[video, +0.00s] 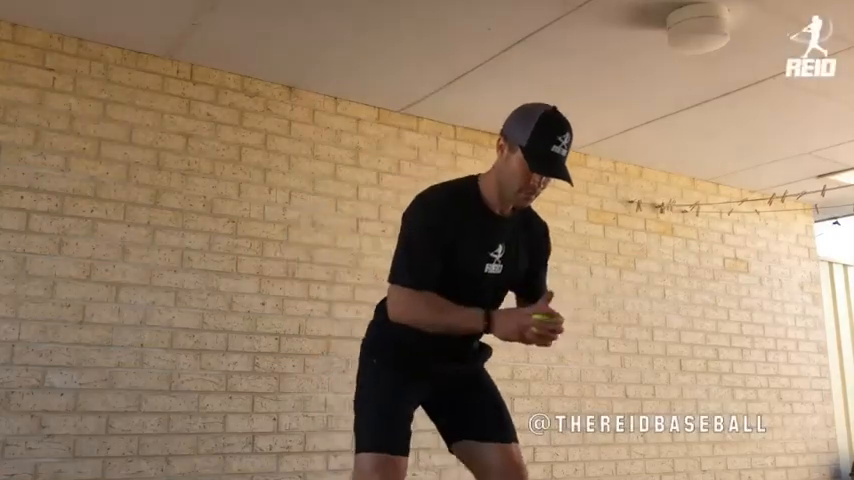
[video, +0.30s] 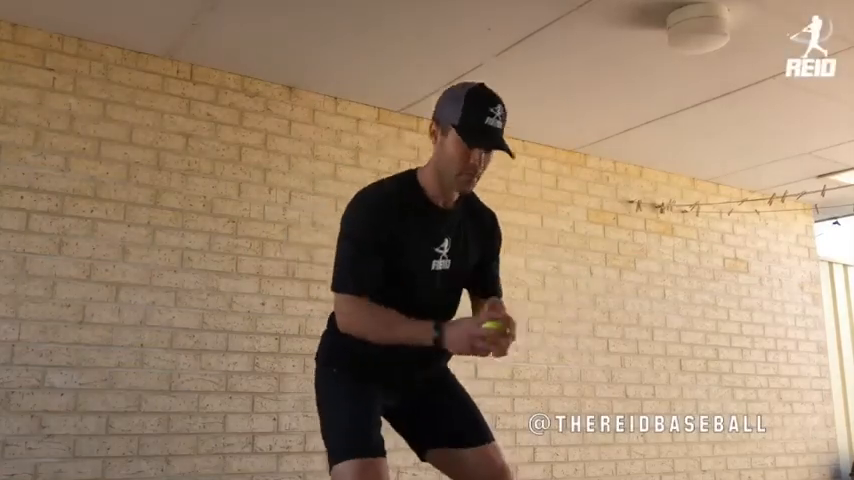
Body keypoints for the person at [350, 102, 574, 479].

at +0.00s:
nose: (538, 183)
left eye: (548, 174)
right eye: (532, 167)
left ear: (555, 174)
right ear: (503, 148)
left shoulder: (532, 233)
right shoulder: (434, 207)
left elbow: (530, 302)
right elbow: (402, 305)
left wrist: (538, 320)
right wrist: (492, 321)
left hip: (458, 362)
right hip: (394, 355)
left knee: (508, 470)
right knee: (380, 472)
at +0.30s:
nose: (478, 161)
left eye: (488, 150)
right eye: (469, 144)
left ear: (496, 152)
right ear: (436, 133)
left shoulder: (481, 224)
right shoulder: (373, 206)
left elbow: (487, 300)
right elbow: (349, 316)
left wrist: (496, 326)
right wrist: (441, 334)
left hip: (421, 367)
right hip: (351, 362)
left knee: (492, 472)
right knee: (364, 472)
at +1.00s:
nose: (448, 120)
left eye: (457, 114)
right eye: (433, 115)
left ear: (471, 135)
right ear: (418, 135)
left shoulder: (500, 217)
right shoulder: (397, 207)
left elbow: (555, 289)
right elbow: (405, 254)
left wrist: (568, 256)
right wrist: (419, 161)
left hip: (473, 384)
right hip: (406, 379)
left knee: (544, 474)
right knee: (408, 473)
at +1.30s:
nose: (439, 113)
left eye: (443, 108)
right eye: (421, 108)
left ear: (456, 123)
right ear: (395, 136)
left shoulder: (470, 220)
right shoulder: (387, 185)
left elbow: (509, 295)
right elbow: (447, 168)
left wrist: (532, 256)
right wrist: (497, 70)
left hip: (440, 381)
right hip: (376, 378)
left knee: (521, 474)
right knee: (380, 473)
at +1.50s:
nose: (438, 110)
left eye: (443, 107)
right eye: (421, 105)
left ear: (451, 128)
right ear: (394, 132)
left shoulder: (468, 217)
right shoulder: (372, 190)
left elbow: (526, 288)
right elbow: (397, 234)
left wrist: (528, 229)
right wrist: (468, 158)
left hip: (437, 384)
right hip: (368, 381)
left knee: (518, 473)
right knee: (371, 471)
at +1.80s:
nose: (463, 128)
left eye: (467, 124)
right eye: (446, 125)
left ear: (479, 146)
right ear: (421, 154)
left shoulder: (506, 214)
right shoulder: (393, 226)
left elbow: (595, 182)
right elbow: (360, 320)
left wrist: (577, 115)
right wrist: (408, 293)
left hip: (478, 398)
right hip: (405, 398)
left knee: (561, 476)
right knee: (386, 476)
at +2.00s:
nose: (472, 128)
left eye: (477, 124)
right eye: (455, 124)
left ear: (486, 146)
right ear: (430, 154)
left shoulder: (520, 209)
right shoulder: (403, 232)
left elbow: (606, 175)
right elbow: (379, 331)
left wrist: (625, 99)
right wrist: (413, 293)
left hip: (496, 395)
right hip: (420, 396)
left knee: (573, 476)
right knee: (394, 475)